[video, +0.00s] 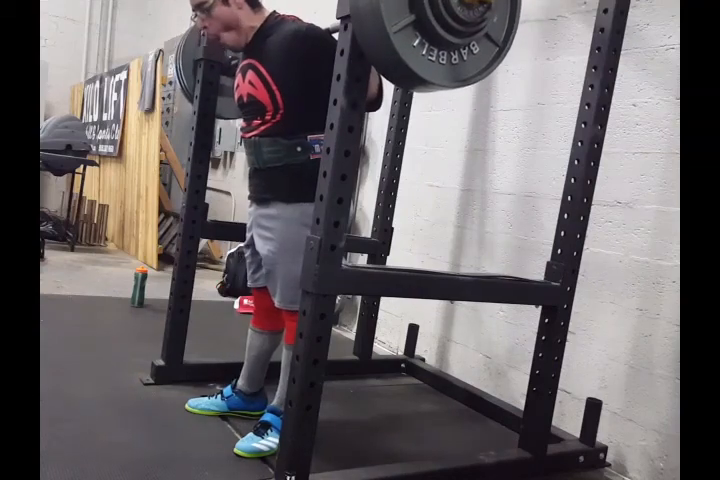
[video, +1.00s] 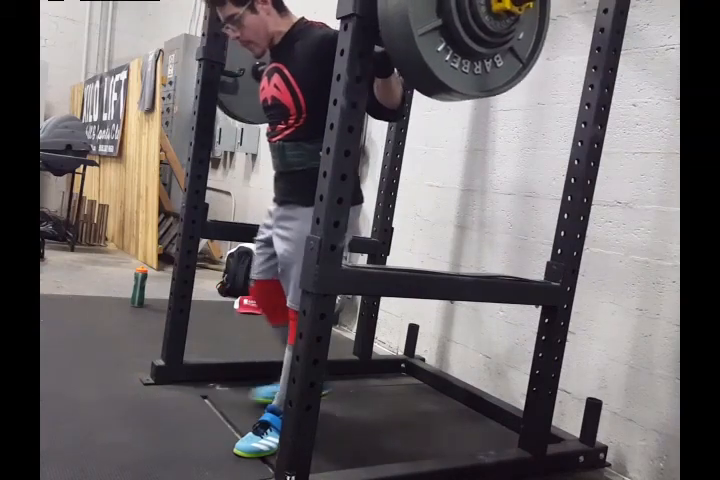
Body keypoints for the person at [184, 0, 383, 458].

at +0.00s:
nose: (213, 38)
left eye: (211, 25)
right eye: (207, 31)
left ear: (233, 5)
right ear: (232, 8)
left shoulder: (302, 41)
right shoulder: (249, 55)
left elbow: (371, 94)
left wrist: (362, 38)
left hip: (301, 209)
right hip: (265, 207)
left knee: (296, 315)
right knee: (264, 305)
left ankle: (284, 417)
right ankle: (246, 391)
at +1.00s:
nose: (234, 36)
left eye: (235, 22)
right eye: (227, 28)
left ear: (264, 5)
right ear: (262, 11)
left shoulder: (321, 43)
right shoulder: (273, 61)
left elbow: (390, 107)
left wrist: (381, 59)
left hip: (318, 210)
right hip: (284, 205)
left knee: (305, 319)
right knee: (264, 289)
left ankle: (284, 417)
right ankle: (302, 375)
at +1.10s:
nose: (237, 37)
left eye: (240, 24)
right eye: (232, 29)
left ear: (270, 8)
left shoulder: (324, 45)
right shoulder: (274, 66)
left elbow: (391, 108)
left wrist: (390, 54)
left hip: (330, 207)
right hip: (293, 204)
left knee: (312, 308)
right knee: (289, 293)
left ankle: (282, 415)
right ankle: (327, 380)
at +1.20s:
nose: (246, 45)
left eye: (248, 31)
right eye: (239, 37)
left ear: (277, 13)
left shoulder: (333, 51)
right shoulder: (282, 68)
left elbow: (398, 113)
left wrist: (391, 66)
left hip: (339, 211)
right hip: (302, 210)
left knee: (314, 311)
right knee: (310, 307)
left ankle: (282, 416)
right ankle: (331, 389)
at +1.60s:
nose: (271, 56)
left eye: (273, 44)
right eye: (265, 48)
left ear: (299, 25)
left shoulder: (359, 61)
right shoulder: (305, 81)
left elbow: (420, 116)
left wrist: (409, 72)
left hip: (370, 202)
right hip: (331, 201)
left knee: (350, 304)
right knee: (320, 300)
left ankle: (353, 415)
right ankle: (323, 391)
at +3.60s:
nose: (293, 52)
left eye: (299, 40)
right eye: (289, 43)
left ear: (331, 31)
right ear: (322, 36)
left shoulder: (390, 79)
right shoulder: (332, 85)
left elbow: (444, 131)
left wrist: (436, 86)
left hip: (387, 218)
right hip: (340, 214)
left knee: (387, 313)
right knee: (337, 303)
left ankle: (377, 424)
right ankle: (318, 380)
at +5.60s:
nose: (312, 30)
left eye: (319, 20)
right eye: (309, 22)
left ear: (349, 20)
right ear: (321, 26)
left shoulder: (389, 76)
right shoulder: (331, 78)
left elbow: (434, 135)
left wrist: (432, 87)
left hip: (378, 214)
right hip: (333, 211)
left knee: (378, 312)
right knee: (329, 301)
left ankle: (376, 423)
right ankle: (318, 379)